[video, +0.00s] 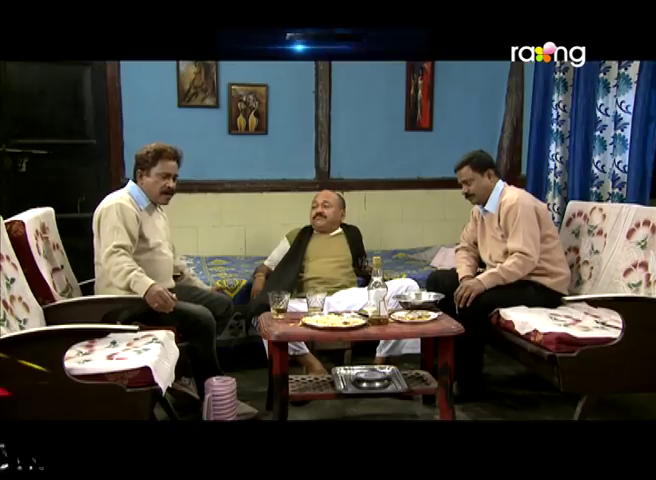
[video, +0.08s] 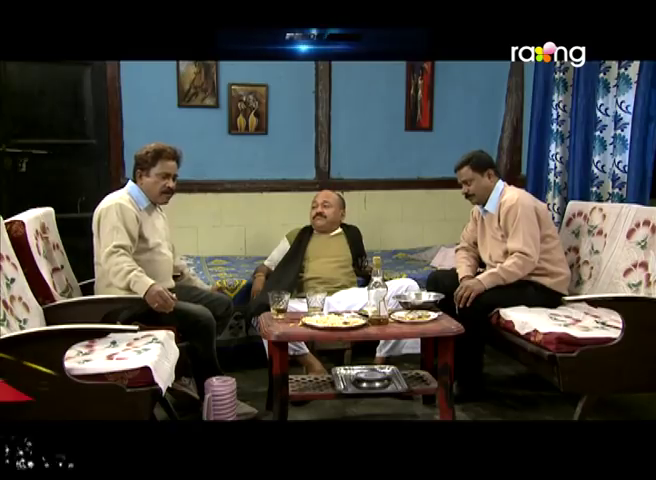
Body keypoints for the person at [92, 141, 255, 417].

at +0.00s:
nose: (171, 185)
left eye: (174, 178)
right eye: (164, 177)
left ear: (176, 180)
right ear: (141, 176)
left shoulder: (156, 210)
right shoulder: (118, 207)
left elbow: (171, 263)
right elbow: (115, 258)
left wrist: (204, 292)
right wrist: (146, 287)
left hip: (161, 292)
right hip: (127, 302)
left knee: (222, 306)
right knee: (200, 319)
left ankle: (183, 378)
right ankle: (216, 397)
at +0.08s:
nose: (171, 185)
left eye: (174, 178)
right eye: (164, 177)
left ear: (175, 180)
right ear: (141, 176)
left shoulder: (155, 209)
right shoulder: (117, 207)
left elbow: (170, 262)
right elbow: (115, 258)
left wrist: (203, 291)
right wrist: (146, 287)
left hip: (161, 292)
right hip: (126, 302)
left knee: (221, 305)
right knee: (200, 319)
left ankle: (183, 378)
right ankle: (216, 397)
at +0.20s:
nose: (170, 185)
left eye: (173, 178)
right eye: (163, 177)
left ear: (174, 180)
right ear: (141, 176)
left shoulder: (154, 210)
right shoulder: (116, 207)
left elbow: (171, 263)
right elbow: (115, 259)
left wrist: (204, 291)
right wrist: (146, 287)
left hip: (161, 292)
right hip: (127, 302)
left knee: (222, 305)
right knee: (200, 318)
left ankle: (183, 378)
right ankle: (216, 396)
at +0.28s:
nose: (170, 185)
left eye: (173, 179)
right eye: (163, 177)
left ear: (174, 180)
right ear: (140, 177)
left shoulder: (153, 210)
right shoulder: (116, 207)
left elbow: (171, 264)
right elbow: (114, 259)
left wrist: (204, 290)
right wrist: (146, 287)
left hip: (161, 292)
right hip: (126, 302)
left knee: (221, 305)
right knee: (199, 318)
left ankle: (182, 378)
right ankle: (216, 397)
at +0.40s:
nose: (169, 185)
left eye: (172, 179)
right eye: (162, 177)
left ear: (173, 181)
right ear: (139, 177)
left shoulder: (152, 211)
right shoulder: (115, 208)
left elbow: (171, 265)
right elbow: (114, 259)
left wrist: (207, 287)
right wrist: (146, 287)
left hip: (160, 292)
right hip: (127, 303)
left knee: (222, 305)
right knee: (200, 318)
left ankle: (184, 379)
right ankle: (215, 397)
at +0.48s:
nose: (168, 185)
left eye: (171, 178)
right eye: (161, 177)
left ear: (174, 179)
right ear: (138, 176)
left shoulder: (152, 212)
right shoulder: (115, 207)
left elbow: (172, 265)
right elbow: (113, 259)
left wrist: (207, 286)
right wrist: (146, 287)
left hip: (163, 291)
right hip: (126, 303)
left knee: (222, 305)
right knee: (201, 318)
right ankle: (212, 394)